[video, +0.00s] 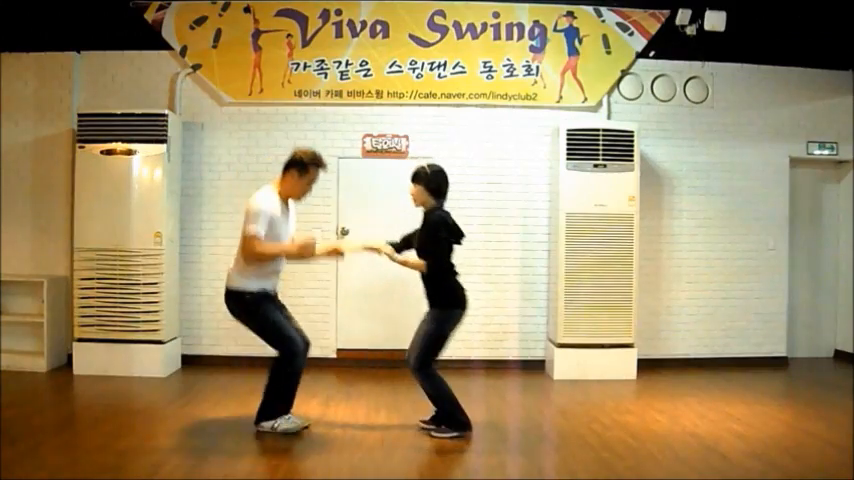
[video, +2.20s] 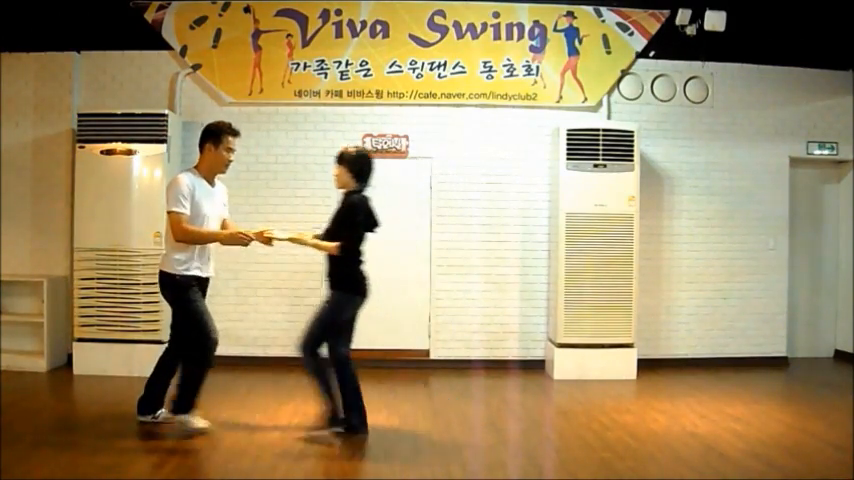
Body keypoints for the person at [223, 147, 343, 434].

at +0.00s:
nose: (310, 190)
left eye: (312, 184)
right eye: (309, 182)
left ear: (295, 176)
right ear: (292, 174)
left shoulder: (286, 205)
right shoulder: (262, 202)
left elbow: (286, 250)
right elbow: (251, 250)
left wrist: (322, 252)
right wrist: (292, 249)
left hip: (264, 293)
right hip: (244, 294)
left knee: (300, 344)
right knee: (293, 346)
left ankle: (277, 413)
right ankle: (269, 417)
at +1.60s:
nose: (278, 159)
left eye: (279, 154)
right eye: (274, 152)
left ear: (268, 157)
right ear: (253, 152)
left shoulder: (269, 196)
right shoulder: (227, 185)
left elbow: (296, 237)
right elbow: (212, 228)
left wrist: (335, 237)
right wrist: (256, 238)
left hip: (254, 283)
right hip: (226, 283)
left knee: (278, 342)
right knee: (258, 345)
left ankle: (285, 403)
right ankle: (247, 424)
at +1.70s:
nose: (268, 156)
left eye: (269, 150)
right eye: (264, 149)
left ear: (257, 153)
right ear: (243, 148)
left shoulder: (258, 191)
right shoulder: (218, 180)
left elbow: (286, 231)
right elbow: (206, 225)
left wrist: (325, 229)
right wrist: (251, 233)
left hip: (239, 278)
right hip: (213, 279)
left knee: (266, 336)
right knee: (248, 344)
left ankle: (249, 401)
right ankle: (246, 424)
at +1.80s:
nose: (255, 158)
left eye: (256, 152)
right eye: (250, 151)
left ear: (244, 154)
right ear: (230, 150)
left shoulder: (246, 193)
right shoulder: (208, 183)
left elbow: (270, 233)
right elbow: (202, 231)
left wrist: (311, 233)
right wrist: (248, 240)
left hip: (230, 280)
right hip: (207, 281)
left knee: (245, 345)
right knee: (244, 344)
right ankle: (247, 422)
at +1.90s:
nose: (244, 161)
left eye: (246, 155)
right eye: (240, 154)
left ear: (229, 156)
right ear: (219, 153)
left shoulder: (235, 195)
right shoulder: (196, 188)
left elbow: (255, 238)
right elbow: (196, 239)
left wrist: (295, 240)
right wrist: (241, 247)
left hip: (220, 283)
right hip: (199, 283)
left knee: (210, 350)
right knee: (236, 345)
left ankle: (158, 398)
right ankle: (247, 423)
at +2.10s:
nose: (233, 158)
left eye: (235, 152)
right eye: (229, 151)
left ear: (218, 152)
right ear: (209, 149)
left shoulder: (222, 190)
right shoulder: (183, 183)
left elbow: (232, 237)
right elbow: (181, 234)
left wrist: (266, 236)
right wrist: (227, 237)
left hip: (202, 277)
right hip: (179, 276)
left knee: (182, 346)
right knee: (214, 337)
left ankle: (148, 407)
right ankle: (216, 417)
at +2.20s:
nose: (232, 157)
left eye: (233, 151)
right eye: (228, 150)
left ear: (219, 151)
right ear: (208, 148)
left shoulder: (219, 190)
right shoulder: (182, 182)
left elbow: (223, 231)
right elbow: (179, 233)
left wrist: (254, 235)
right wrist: (223, 236)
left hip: (200, 277)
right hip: (177, 276)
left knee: (178, 346)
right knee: (206, 339)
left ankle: (148, 408)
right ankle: (181, 410)